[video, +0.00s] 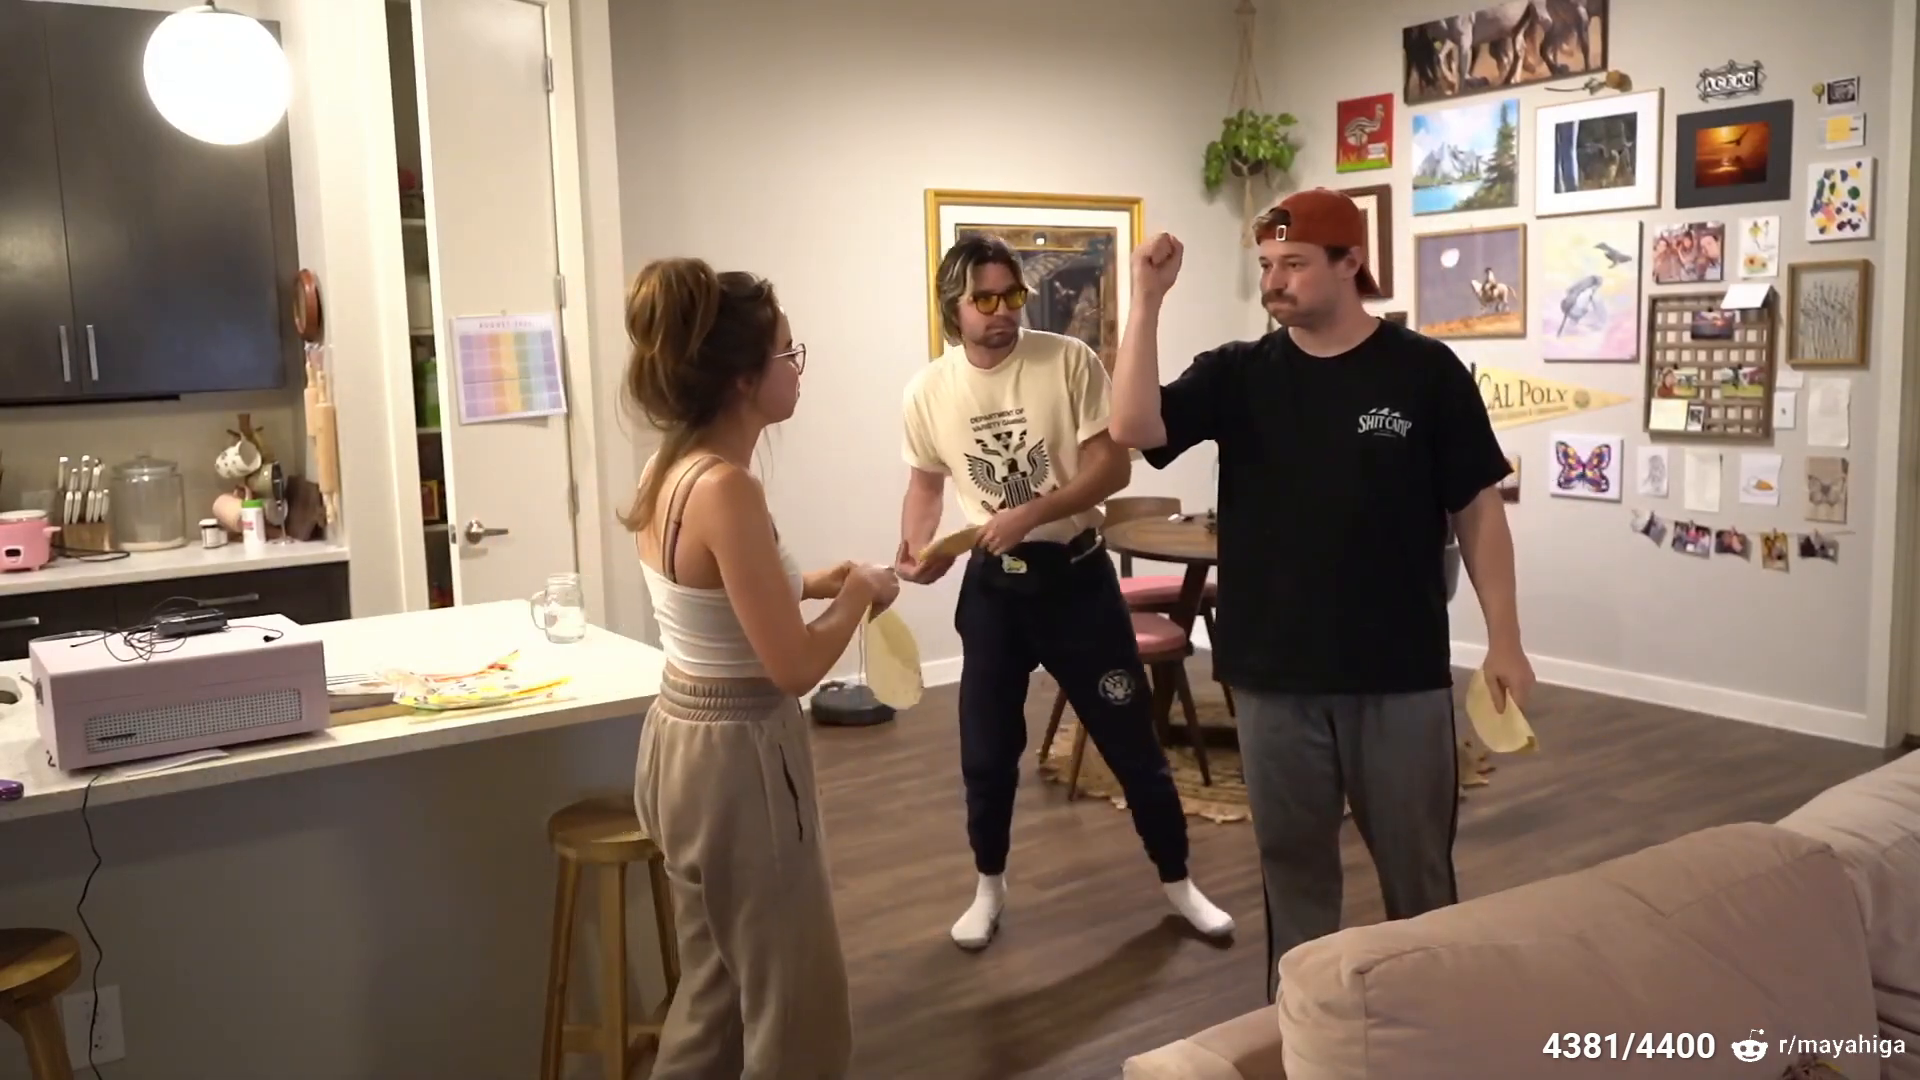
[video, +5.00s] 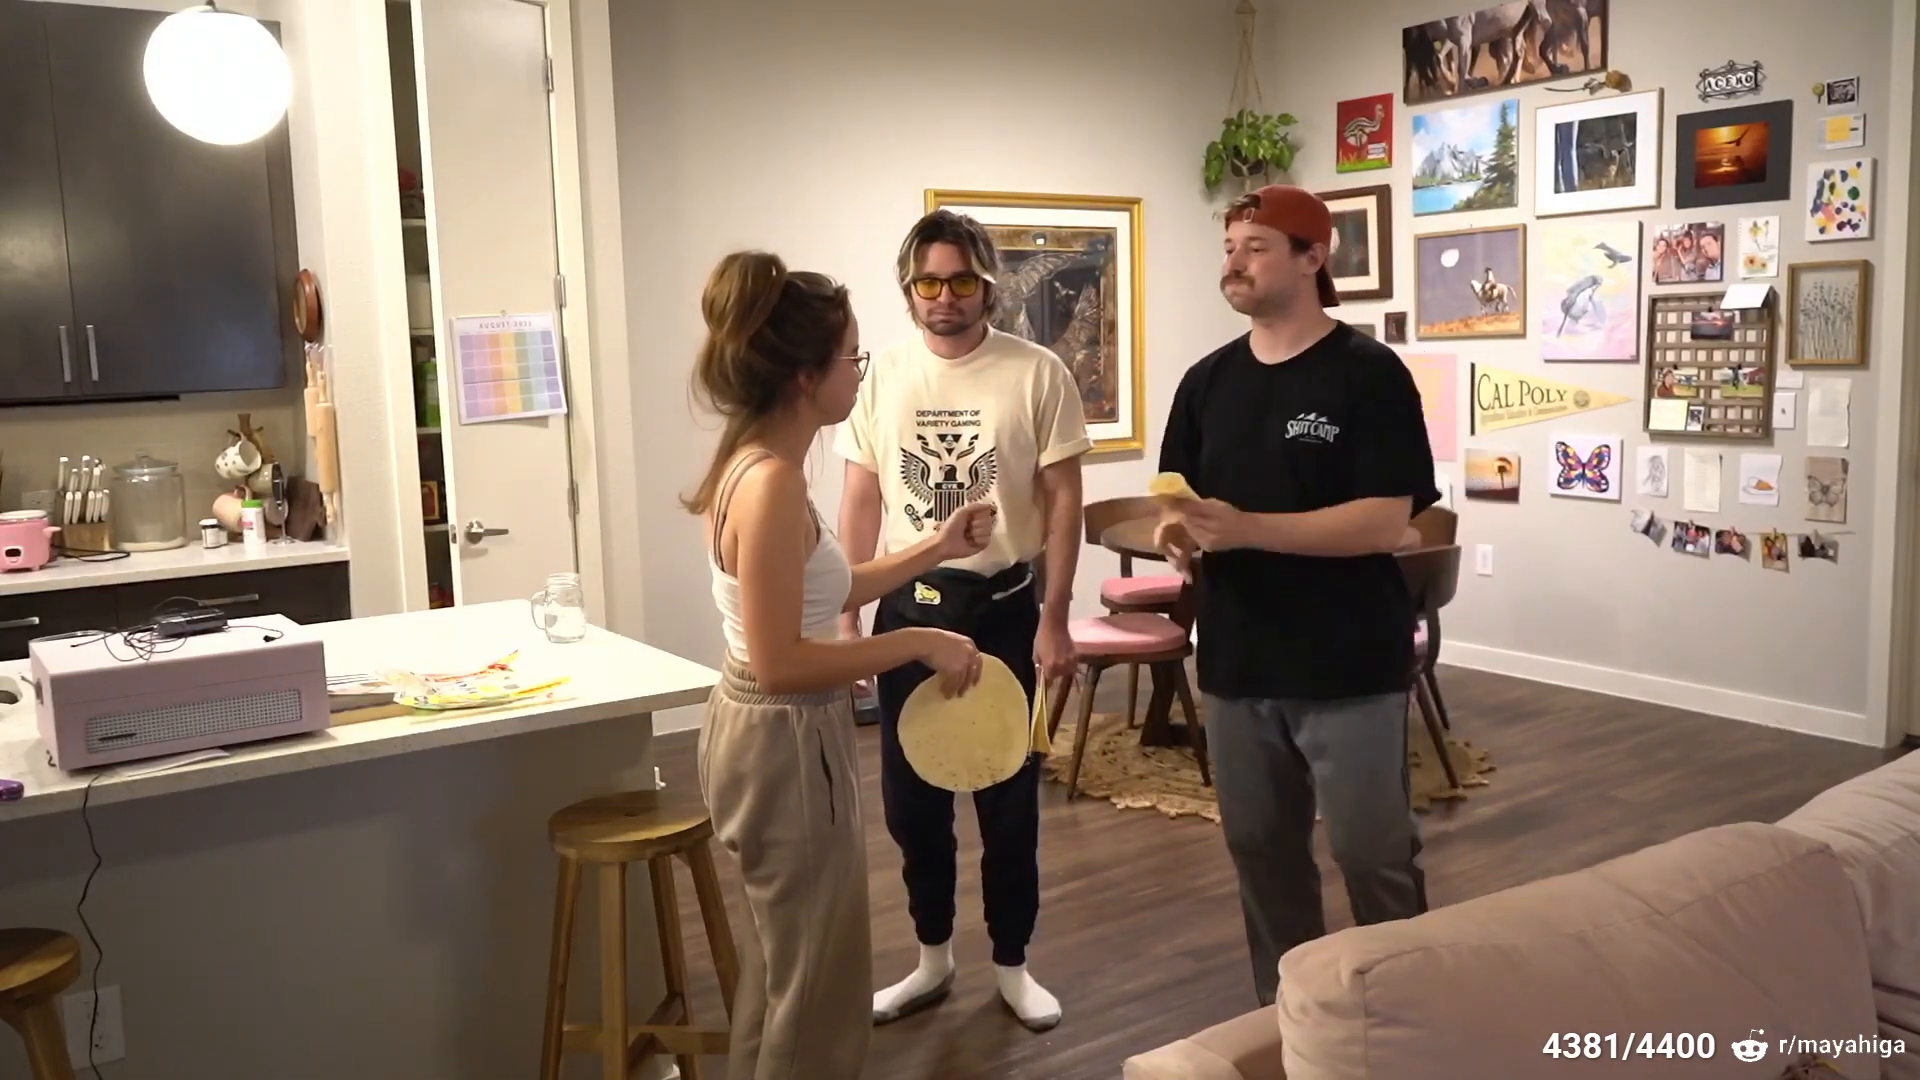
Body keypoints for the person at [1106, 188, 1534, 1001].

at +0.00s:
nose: (1274, 280)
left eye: (1292, 263)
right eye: (1267, 266)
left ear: (1349, 266)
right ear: (1262, 273)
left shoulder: (1427, 371)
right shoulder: (1239, 374)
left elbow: (1479, 510)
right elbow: (1134, 426)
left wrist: (1504, 640)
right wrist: (1146, 301)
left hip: (1400, 678)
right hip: (1272, 679)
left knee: (1418, 881)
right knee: (1293, 882)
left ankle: (1438, 1038)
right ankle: (1303, 1041)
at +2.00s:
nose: (1258, 288)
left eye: (1274, 273)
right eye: (1257, 273)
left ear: (1338, 273)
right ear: (1313, 275)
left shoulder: (1425, 374)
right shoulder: (1239, 377)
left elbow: (1473, 518)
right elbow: (1139, 452)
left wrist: (1487, 652)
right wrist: (1174, 339)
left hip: (1397, 681)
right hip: (1272, 683)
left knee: (1420, 884)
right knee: (1293, 886)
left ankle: (1440, 1039)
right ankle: (1302, 1043)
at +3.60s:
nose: (1284, 256)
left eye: (1306, 243)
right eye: (1280, 244)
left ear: (1361, 258)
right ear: (1274, 260)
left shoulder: (1431, 371)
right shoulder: (1247, 374)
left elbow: (1484, 510)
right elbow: (1157, 481)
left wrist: (1498, 648)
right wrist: (1159, 371)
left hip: (1402, 677)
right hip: (1277, 677)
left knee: (1418, 879)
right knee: (1294, 874)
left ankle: (1439, 1034)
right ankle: (1303, 1036)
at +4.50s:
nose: (1285, 262)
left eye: (1306, 249)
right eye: (1280, 250)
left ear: (1361, 262)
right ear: (1275, 261)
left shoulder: (1428, 374)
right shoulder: (1240, 376)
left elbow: (1475, 518)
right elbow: (1136, 437)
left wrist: (1491, 653)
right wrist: (1051, 441)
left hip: (1397, 680)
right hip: (1274, 681)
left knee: (1422, 881)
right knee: (1290, 877)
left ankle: (1445, 1034)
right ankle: (1298, 1037)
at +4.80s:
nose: (1259, 260)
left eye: (1280, 246)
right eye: (1252, 248)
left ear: (1334, 258)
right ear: (1246, 263)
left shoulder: (1406, 374)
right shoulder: (1217, 381)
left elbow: (1468, 498)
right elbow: (1129, 480)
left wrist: (1418, 601)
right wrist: (1054, 505)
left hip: (1385, 675)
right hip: (1263, 678)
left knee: (1411, 874)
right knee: (1282, 873)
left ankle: (1440, 1025)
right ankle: (1296, 1033)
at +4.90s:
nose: (1248, 258)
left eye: (1270, 245)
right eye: (1243, 247)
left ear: (1324, 259)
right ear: (1237, 264)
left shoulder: (1392, 375)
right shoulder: (1207, 383)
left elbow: (1437, 517)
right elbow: (1145, 499)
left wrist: (1328, 562)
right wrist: (1132, 523)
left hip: (1373, 675)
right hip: (1250, 677)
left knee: (1402, 862)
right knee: (1273, 867)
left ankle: (1428, 1016)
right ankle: (1293, 1026)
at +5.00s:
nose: (1234, 263)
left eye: (1256, 248)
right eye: (1230, 250)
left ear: (1311, 261)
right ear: (1228, 264)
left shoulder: (1371, 372)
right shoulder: (1205, 382)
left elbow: (1388, 521)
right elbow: (1175, 508)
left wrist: (1242, 528)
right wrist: (1170, 534)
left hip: (1354, 675)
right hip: (1237, 674)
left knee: (1375, 865)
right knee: (1265, 870)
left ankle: (1406, 1019)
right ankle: (1294, 1026)